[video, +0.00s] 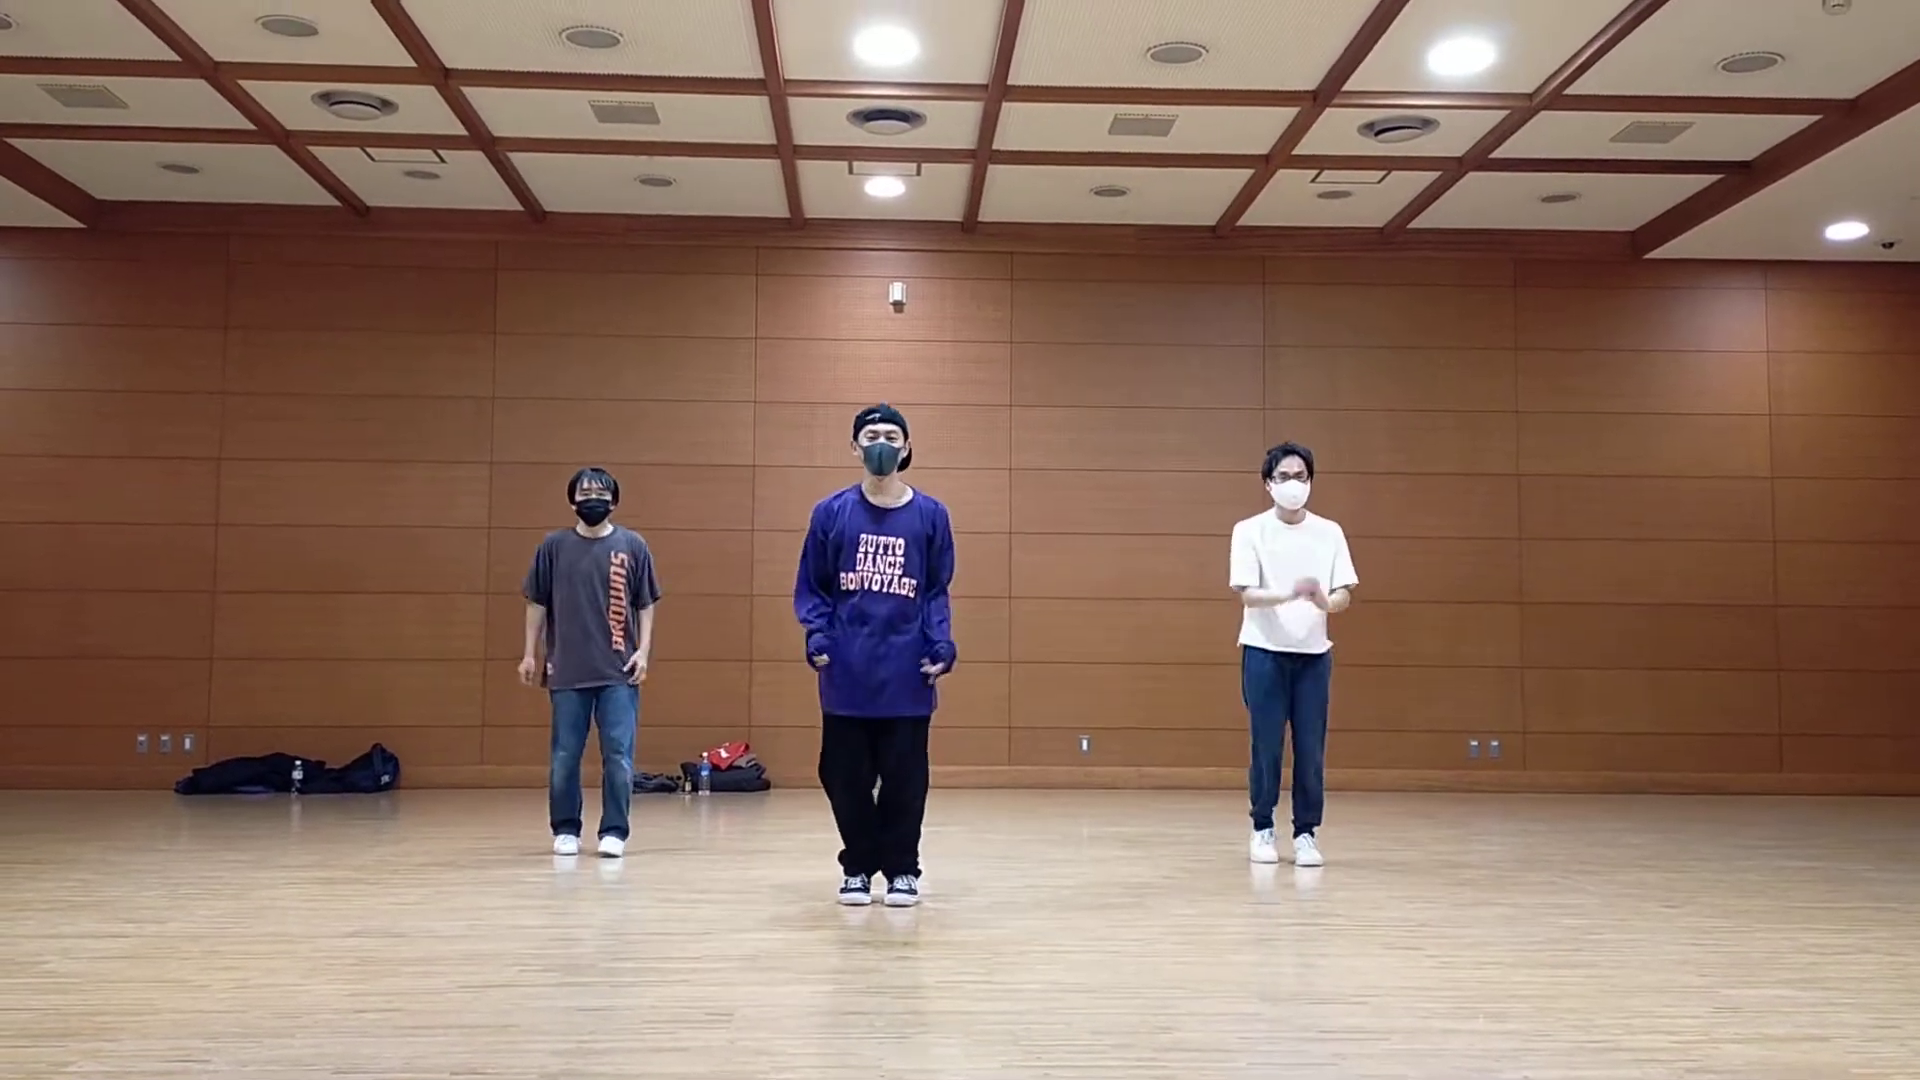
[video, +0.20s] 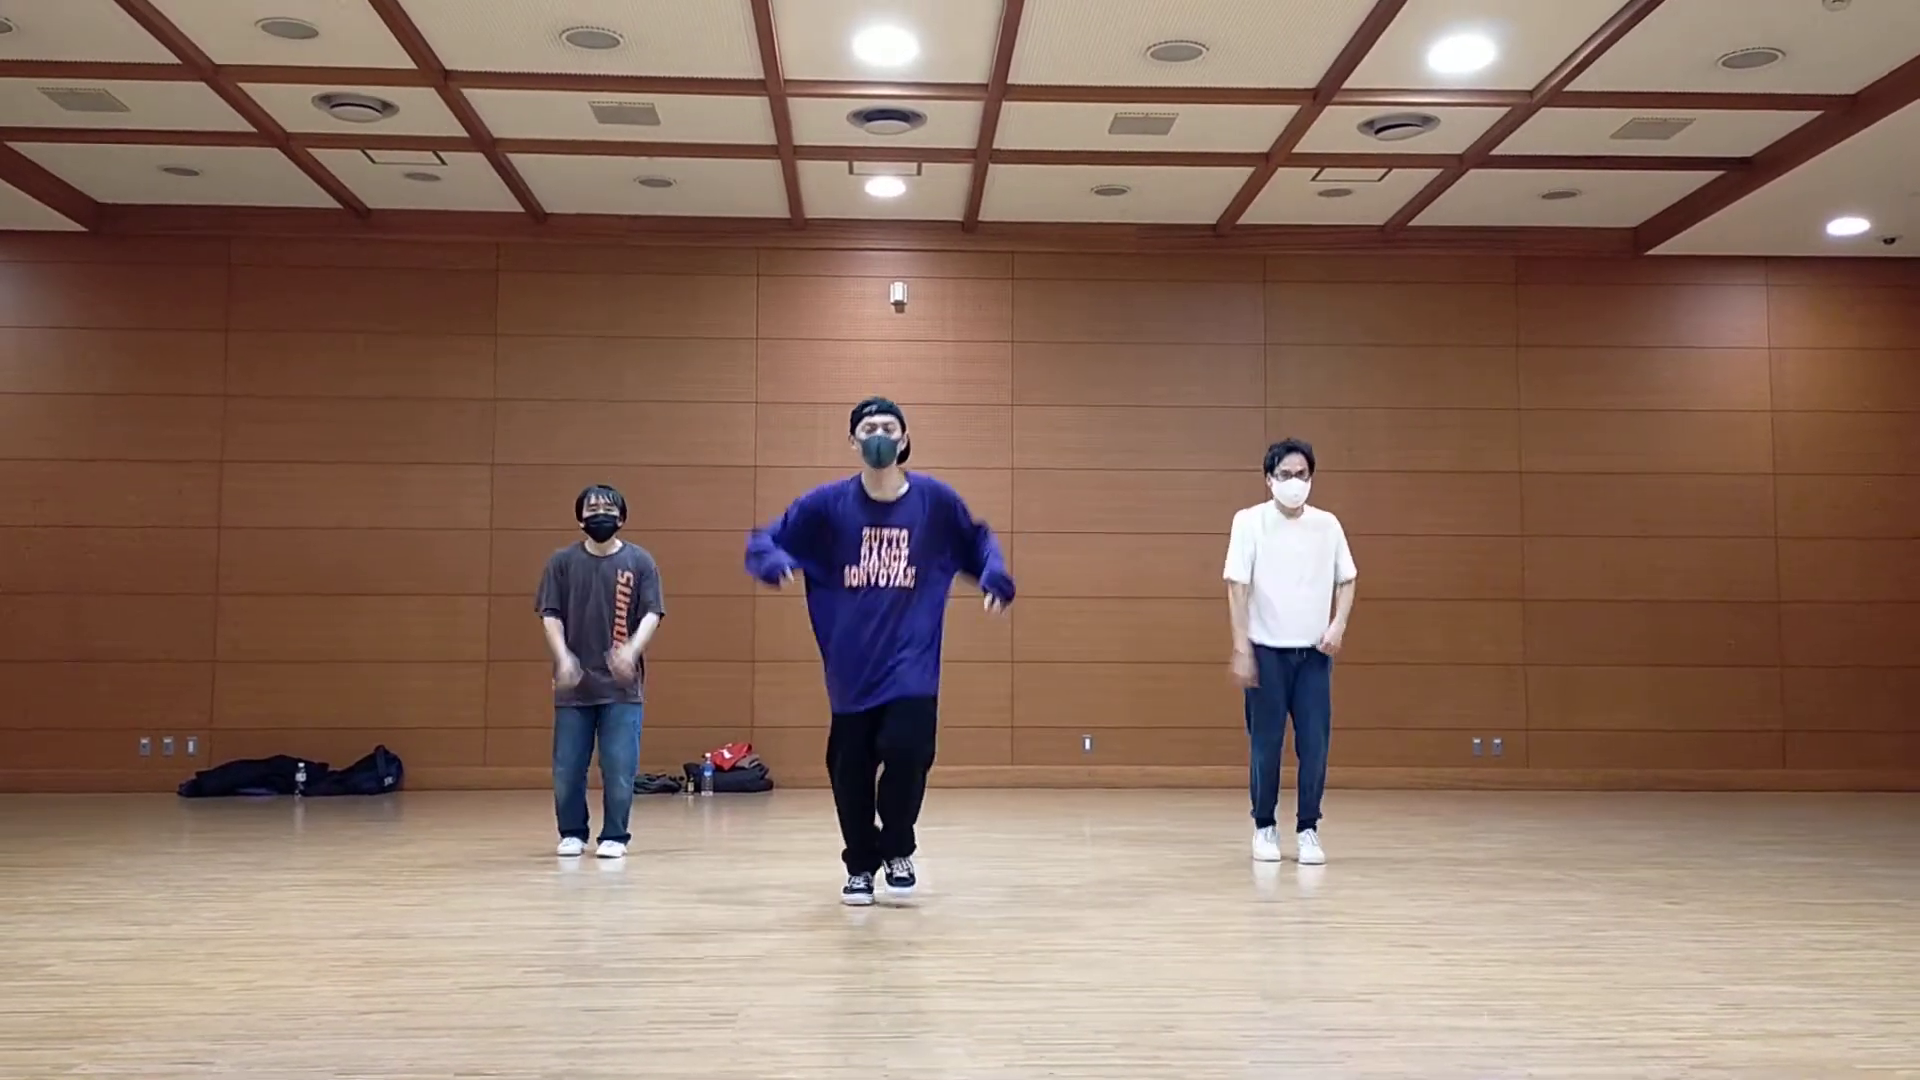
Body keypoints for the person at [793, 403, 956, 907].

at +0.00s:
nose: (880, 441)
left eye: (891, 435)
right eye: (871, 434)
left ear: (905, 449)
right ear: (856, 447)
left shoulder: (931, 514)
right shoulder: (831, 512)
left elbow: (937, 593)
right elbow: (809, 589)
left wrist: (942, 645)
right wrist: (818, 637)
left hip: (907, 671)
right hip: (846, 670)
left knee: (905, 776)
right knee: (844, 774)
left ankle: (902, 871)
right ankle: (857, 868)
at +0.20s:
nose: (878, 431)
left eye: (888, 425)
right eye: (868, 426)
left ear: (905, 442)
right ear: (854, 443)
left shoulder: (936, 500)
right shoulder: (827, 503)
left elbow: (978, 540)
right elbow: (763, 541)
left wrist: (994, 571)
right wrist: (773, 558)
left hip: (913, 660)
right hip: (852, 663)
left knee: (908, 753)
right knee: (850, 766)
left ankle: (899, 855)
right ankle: (860, 866)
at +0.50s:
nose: (894, 474)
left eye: (905, 467)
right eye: (886, 465)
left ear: (922, 475)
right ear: (873, 471)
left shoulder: (950, 534)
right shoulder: (844, 526)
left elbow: (988, 580)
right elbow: (793, 569)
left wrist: (995, 619)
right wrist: (785, 601)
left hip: (922, 675)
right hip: (858, 672)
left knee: (908, 779)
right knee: (866, 768)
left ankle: (898, 869)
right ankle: (867, 868)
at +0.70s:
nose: (889, 499)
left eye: (899, 491)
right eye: (880, 490)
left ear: (918, 495)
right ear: (868, 493)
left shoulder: (944, 555)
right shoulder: (844, 551)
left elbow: (951, 631)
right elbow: (814, 632)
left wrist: (920, 622)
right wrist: (826, 629)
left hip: (920, 695)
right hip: (860, 689)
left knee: (917, 791)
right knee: (867, 778)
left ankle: (901, 864)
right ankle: (860, 892)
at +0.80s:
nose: (886, 461)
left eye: (897, 453)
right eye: (878, 453)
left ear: (916, 462)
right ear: (864, 461)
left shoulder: (944, 523)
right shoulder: (840, 524)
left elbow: (942, 597)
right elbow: (816, 592)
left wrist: (892, 550)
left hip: (921, 674)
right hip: (859, 672)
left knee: (919, 783)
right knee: (865, 782)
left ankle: (910, 853)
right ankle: (864, 895)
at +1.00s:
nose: (896, 431)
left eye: (906, 423)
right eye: (886, 424)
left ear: (924, 435)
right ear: (871, 435)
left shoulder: (950, 491)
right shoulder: (844, 492)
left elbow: (958, 560)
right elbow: (832, 561)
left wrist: (906, 586)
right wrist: (884, 587)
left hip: (929, 663)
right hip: (863, 665)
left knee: (924, 774)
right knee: (877, 776)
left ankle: (923, 888)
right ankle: (875, 896)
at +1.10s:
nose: (898, 438)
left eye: (909, 431)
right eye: (888, 431)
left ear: (926, 446)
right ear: (872, 444)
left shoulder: (956, 518)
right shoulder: (845, 517)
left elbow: (962, 609)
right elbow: (841, 611)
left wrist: (931, 676)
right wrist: (878, 679)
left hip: (929, 683)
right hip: (861, 684)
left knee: (917, 781)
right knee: (873, 787)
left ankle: (914, 897)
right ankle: (875, 901)